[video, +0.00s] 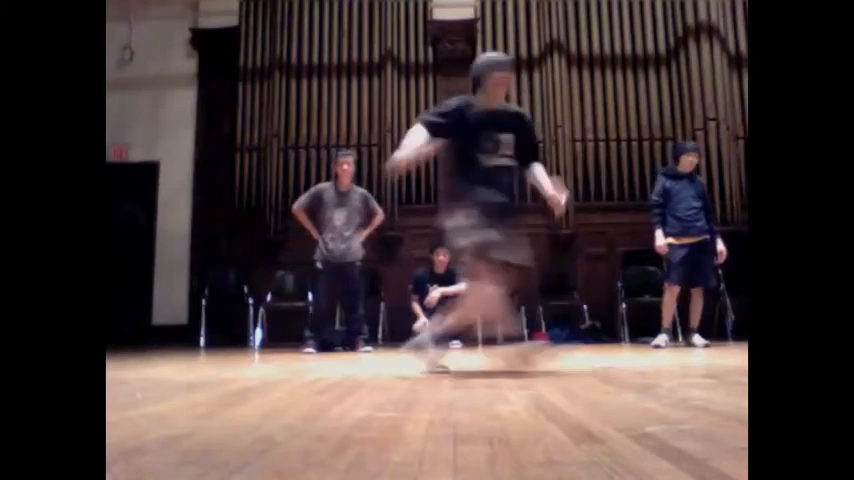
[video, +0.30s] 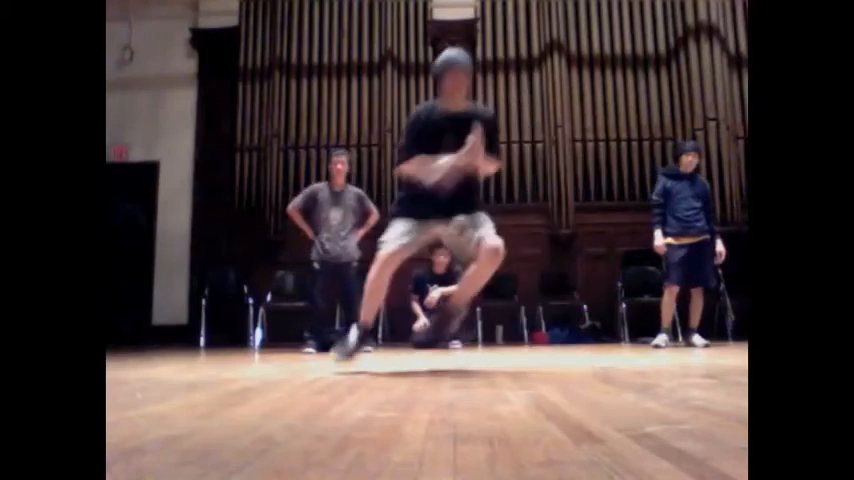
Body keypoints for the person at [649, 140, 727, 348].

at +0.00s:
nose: (693, 162)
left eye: (695, 158)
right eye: (689, 157)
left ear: (697, 161)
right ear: (679, 158)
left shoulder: (698, 183)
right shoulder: (665, 180)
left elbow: (709, 214)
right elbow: (656, 208)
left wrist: (717, 239)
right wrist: (659, 234)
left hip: (701, 240)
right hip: (676, 241)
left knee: (697, 288)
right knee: (672, 287)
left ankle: (693, 332)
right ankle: (665, 332)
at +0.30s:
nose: (691, 161)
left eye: (694, 157)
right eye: (687, 157)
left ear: (698, 160)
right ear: (679, 159)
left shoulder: (701, 184)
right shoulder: (666, 180)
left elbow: (710, 216)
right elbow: (657, 208)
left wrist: (717, 240)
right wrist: (658, 234)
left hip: (701, 240)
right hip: (676, 241)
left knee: (697, 288)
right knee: (672, 287)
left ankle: (693, 332)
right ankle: (664, 332)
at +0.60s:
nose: (688, 160)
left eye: (692, 156)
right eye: (684, 155)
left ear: (697, 159)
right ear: (678, 158)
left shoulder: (702, 184)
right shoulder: (665, 180)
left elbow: (710, 215)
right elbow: (656, 208)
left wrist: (717, 239)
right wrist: (656, 234)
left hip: (700, 240)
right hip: (674, 240)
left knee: (697, 288)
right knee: (671, 287)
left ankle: (693, 332)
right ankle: (664, 332)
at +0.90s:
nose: (686, 160)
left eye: (690, 156)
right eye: (683, 155)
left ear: (696, 159)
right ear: (677, 158)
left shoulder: (702, 184)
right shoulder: (665, 181)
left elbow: (711, 215)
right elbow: (656, 208)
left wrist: (716, 239)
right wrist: (655, 234)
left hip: (699, 240)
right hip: (673, 240)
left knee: (697, 288)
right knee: (670, 287)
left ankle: (693, 332)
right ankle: (664, 332)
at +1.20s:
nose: (685, 160)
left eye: (690, 156)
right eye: (682, 155)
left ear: (696, 159)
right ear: (677, 158)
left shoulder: (701, 183)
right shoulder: (665, 181)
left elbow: (711, 214)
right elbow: (656, 208)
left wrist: (716, 239)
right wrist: (655, 234)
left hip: (699, 240)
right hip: (673, 241)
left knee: (697, 288)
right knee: (669, 287)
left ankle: (693, 332)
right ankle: (664, 332)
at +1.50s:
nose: (686, 160)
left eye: (690, 156)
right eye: (683, 156)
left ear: (696, 160)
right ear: (677, 158)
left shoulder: (701, 184)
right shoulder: (665, 181)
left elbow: (711, 215)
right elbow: (656, 208)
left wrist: (716, 239)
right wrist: (655, 234)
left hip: (699, 240)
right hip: (673, 241)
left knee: (697, 288)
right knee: (669, 287)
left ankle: (693, 332)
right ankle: (664, 332)